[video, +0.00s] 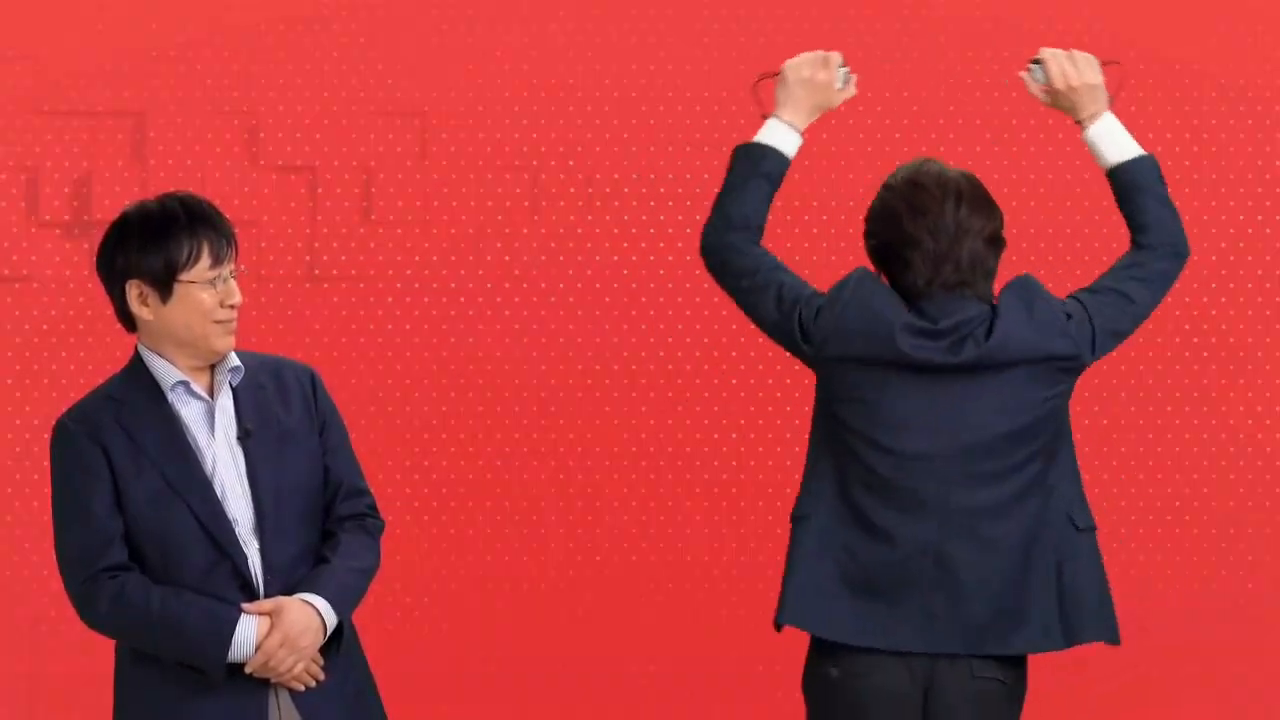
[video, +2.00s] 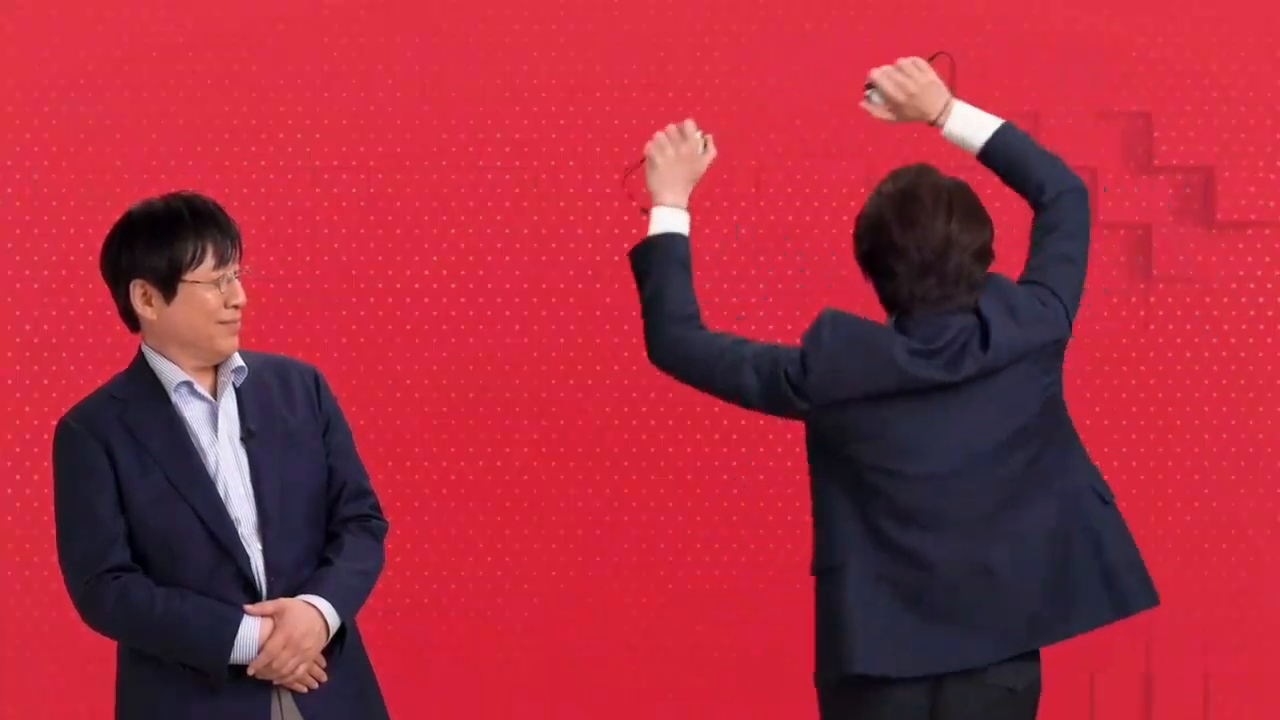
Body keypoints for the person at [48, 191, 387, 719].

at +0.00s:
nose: (233, 298)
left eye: (232, 278)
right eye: (210, 283)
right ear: (143, 300)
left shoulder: (297, 389)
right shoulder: (89, 433)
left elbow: (358, 522)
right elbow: (101, 591)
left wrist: (318, 611)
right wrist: (248, 638)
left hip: (331, 700)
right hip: (190, 708)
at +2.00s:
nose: (238, 298)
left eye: (236, 278)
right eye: (215, 283)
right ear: (147, 301)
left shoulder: (301, 389)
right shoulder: (91, 434)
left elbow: (361, 526)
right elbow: (103, 591)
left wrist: (320, 613)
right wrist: (252, 640)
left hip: (334, 701)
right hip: (192, 708)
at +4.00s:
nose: (238, 298)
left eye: (236, 278)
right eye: (213, 282)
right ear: (147, 300)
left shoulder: (300, 389)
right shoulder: (92, 433)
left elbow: (361, 523)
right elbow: (104, 590)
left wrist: (319, 611)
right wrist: (251, 638)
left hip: (333, 700)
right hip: (192, 708)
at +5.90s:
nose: (237, 298)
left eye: (235, 278)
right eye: (213, 282)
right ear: (146, 300)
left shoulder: (300, 389)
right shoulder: (91, 434)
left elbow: (361, 526)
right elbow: (102, 591)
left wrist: (319, 612)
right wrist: (251, 640)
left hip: (333, 700)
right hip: (192, 707)